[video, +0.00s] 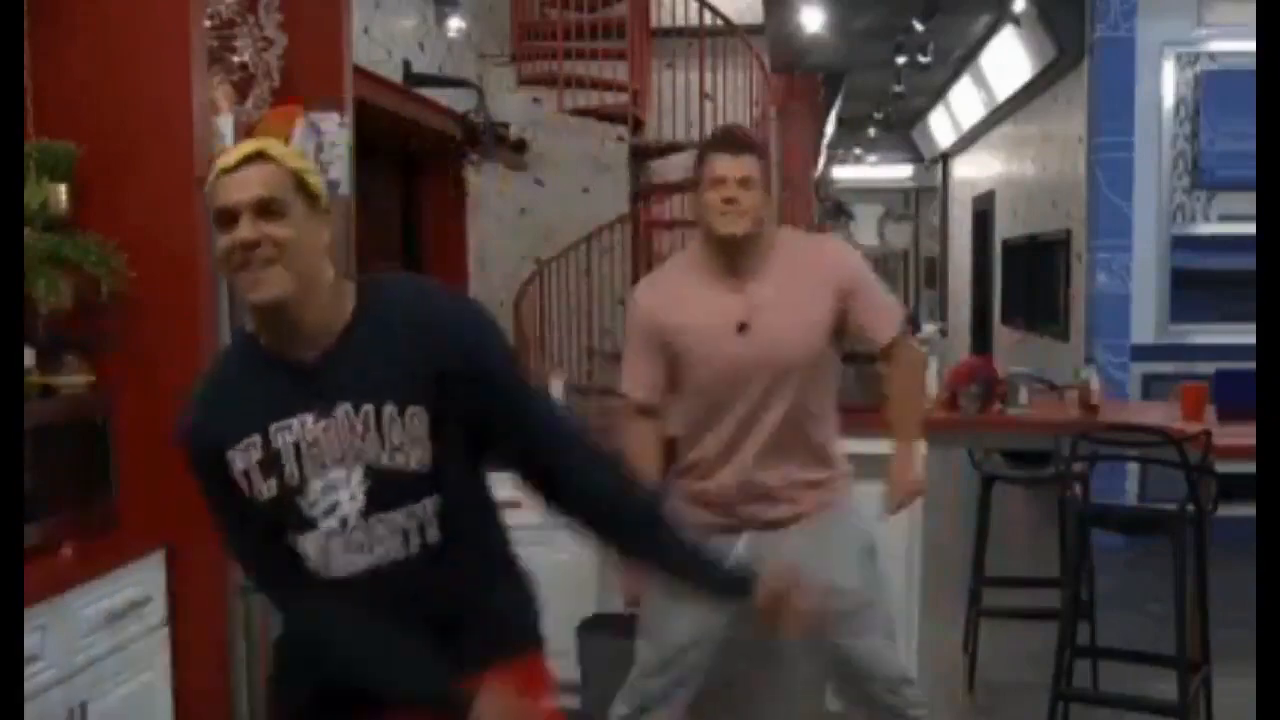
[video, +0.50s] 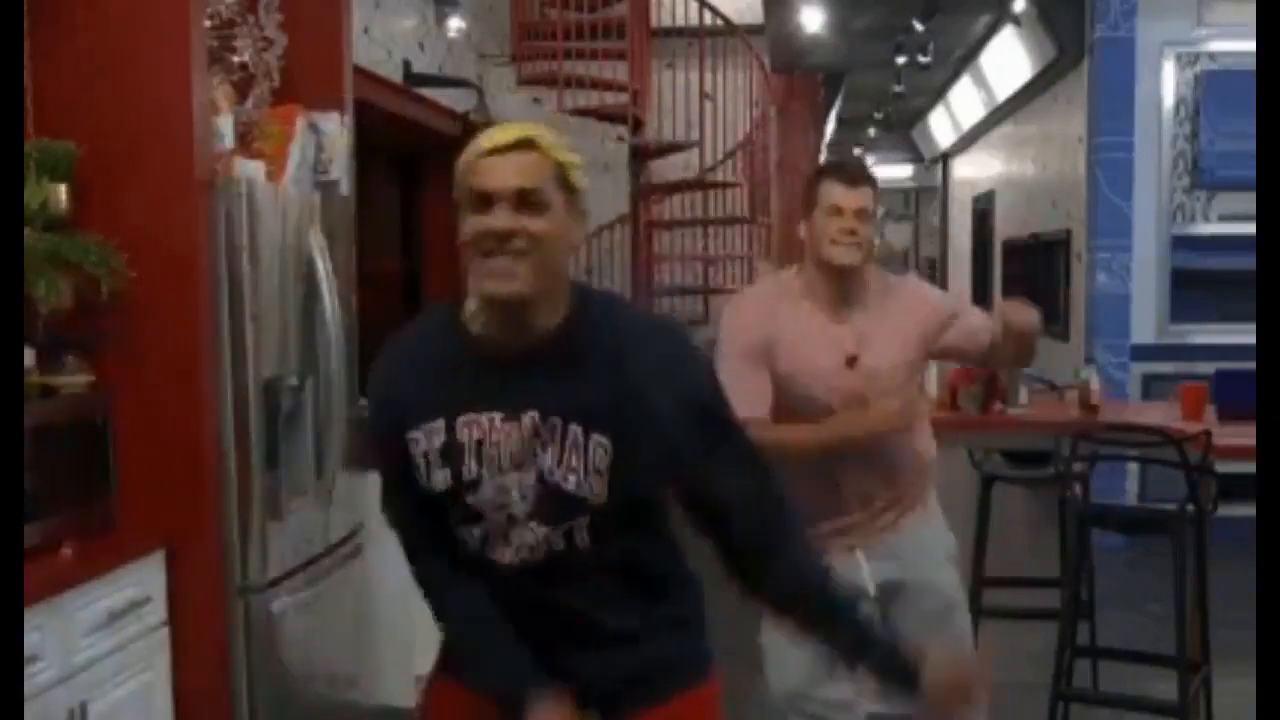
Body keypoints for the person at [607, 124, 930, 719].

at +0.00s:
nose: (730, 195)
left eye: (745, 183)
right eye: (715, 184)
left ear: (767, 194)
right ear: (696, 199)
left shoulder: (828, 263)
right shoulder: (657, 296)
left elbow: (900, 346)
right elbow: (640, 416)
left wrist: (906, 452)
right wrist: (640, 532)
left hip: (816, 512)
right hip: (699, 517)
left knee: (878, 676)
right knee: (657, 686)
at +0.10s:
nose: (763, 196)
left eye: (776, 184)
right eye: (748, 184)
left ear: (795, 195)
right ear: (727, 195)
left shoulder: (849, 266)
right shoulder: (684, 297)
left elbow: (946, 323)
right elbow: (671, 417)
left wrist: (960, 400)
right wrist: (719, 499)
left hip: (844, 520)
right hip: (735, 521)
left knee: (911, 694)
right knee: (676, 692)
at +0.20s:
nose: (811, 206)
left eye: (825, 195)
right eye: (797, 193)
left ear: (842, 213)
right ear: (772, 208)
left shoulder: (885, 282)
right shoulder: (737, 299)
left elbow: (988, 331)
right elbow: (736, 439)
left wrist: (1002, 280)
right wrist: (802, 415)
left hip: (888, 544)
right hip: (775, 539)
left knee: (924, 703)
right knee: (733, 694)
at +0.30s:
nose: (829, 201)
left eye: (844, 191)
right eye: (816, 187)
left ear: (857, 205)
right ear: (789, 199)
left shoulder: (898, 275)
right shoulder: (746, 286)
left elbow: (992, 325)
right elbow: (740, 417)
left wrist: (1007, 265)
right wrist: (839, 367)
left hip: (902, 521)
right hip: (791, 526)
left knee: (943, 692)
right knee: (769, 690)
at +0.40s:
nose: (845, 205)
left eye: (858, 196)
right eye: (830, 191)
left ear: (870, 210)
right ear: (800, 202)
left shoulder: (902, 276)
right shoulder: (748, 285)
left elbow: (999, 317)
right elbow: (728, 397)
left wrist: (1011, 272)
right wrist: (842, 372)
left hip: (909, 507)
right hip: (801, 521)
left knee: (957, 673)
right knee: (797, 682)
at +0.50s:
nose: (850, 226)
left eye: (863, 215)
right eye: (835, 213)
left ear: (876, 228)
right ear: (806, 225)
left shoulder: (910, 300)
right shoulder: (755, 311)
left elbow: (1004, 355)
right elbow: (745, 434)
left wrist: (1017, 332)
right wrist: (861, 424)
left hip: (906, 522)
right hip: (806, 536)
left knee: (949, 683)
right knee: (799, 693)